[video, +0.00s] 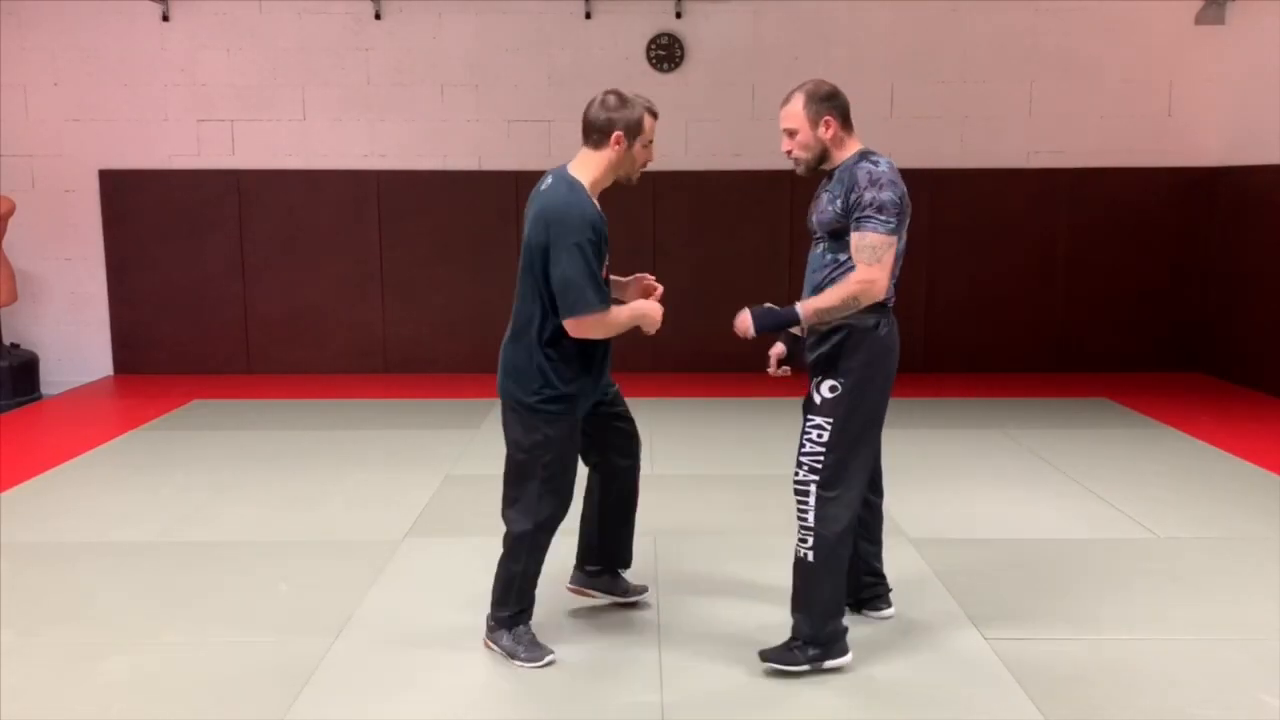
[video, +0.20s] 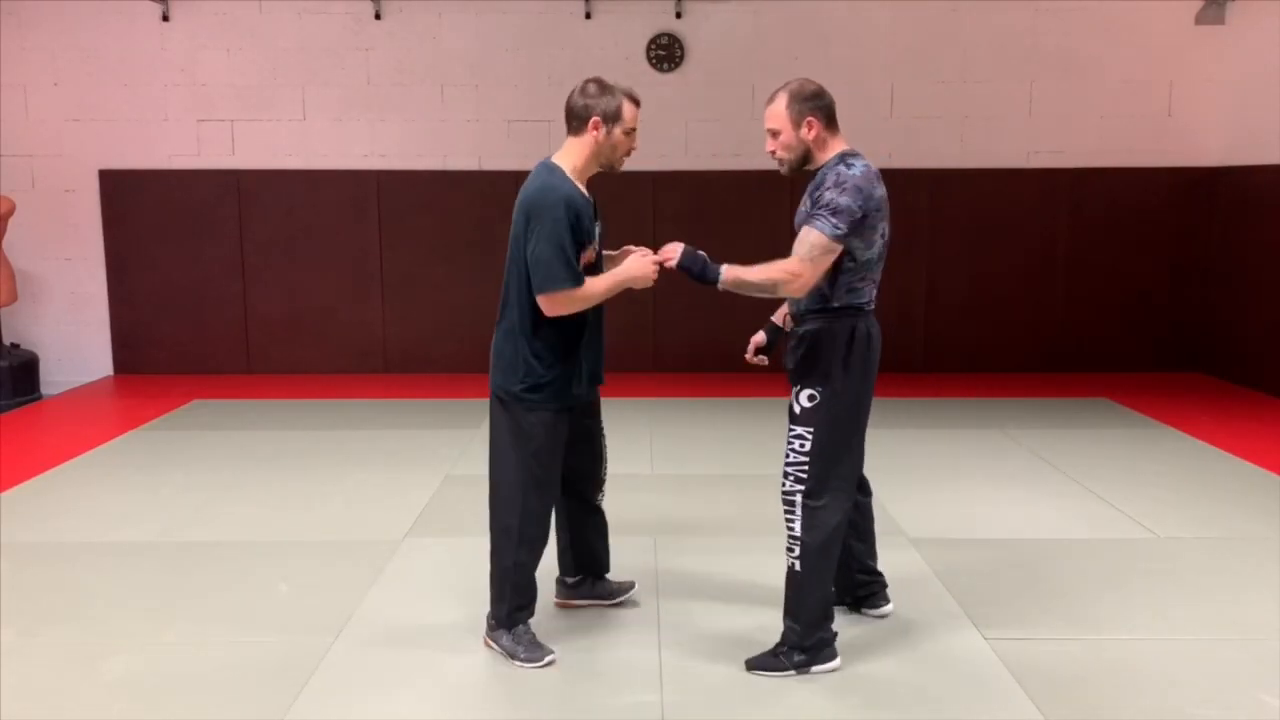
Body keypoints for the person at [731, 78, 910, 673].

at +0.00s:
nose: (785, 145)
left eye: (793, 133)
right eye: (783, 134)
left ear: (828, 127)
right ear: (826, 128)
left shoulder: (871, 179)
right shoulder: (837, 181)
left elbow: (872, 281)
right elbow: (835, 278)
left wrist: (781, 318)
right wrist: (797, 336)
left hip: (858, 346)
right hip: (839, 344)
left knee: (819, 484)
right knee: (852, 473)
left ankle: (819, 639)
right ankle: (865, 587)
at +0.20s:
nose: (770, 147)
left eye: (776, 134)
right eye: (768, 134)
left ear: (812, 128)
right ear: (813, 129)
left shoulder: (846, 182)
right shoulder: (836, 175)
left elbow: (801, 273)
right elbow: (825, 276)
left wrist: (711, 272)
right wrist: (780, 326)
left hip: (834, 342)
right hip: (832, 338)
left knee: (807, 489)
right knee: (839, 474)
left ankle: (807, 642)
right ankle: (861, 586)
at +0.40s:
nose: (748, 148)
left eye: (752, 135)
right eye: (746, 136)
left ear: (786, 128)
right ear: (795, 128)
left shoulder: (812, 183)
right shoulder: (844, 173)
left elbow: (728, 264)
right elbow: (825, 271)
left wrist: (653, 232)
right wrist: (790, 332)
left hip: (815, 343)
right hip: (835, 338)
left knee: (797, 491)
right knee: (822, 471)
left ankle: (808, 642)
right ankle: (850, 573)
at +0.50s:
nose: (739, 150)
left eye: (742, 137)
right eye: (737, 138)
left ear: (773, 128)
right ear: (790, 127)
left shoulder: (789, 185)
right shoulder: (846, 174)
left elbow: (701, 257)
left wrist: (627, 232)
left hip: (805, 344)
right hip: (840, 339)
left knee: (791, 491)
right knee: (816, 472)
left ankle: (808, 642)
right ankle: (837, 569)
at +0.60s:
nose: (727, 151)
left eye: (730, 139)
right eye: (725, 139)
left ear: (761, 130)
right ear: (778, 129)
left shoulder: (772, 184)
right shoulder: (841, 177)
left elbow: (672, 246)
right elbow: (850, 277)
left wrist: (590, 241)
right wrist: (822, 330)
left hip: (796, 345)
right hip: (833, 338)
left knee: (787, 489)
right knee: (814, 476)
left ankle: (808, 644)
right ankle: (814, 577)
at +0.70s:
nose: (719, 153)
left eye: (722, 141)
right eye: (717, 142)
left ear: (754, 132)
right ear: (771, 131)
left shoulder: (764, 186)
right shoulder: (834, 180)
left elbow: (670, 250)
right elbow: (848, 274)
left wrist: (587, 242)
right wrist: (825, 333)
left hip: (793, 343)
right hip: (828, 339)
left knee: (783, 488)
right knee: (807, 475)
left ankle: (808, 643)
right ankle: (799, 576)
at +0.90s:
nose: (712, 155)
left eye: (719, 143)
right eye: (711, 143)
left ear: (752, 136)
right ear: (760, 137)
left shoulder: (776, 187)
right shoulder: (808, 178)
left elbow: (672, 245)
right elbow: (692, 242)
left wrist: (594, 221)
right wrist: (609, 229)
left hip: (791, 340)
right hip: (810, 337)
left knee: (755, 480)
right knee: (791, 478)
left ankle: (795, 632)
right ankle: (801, 601)